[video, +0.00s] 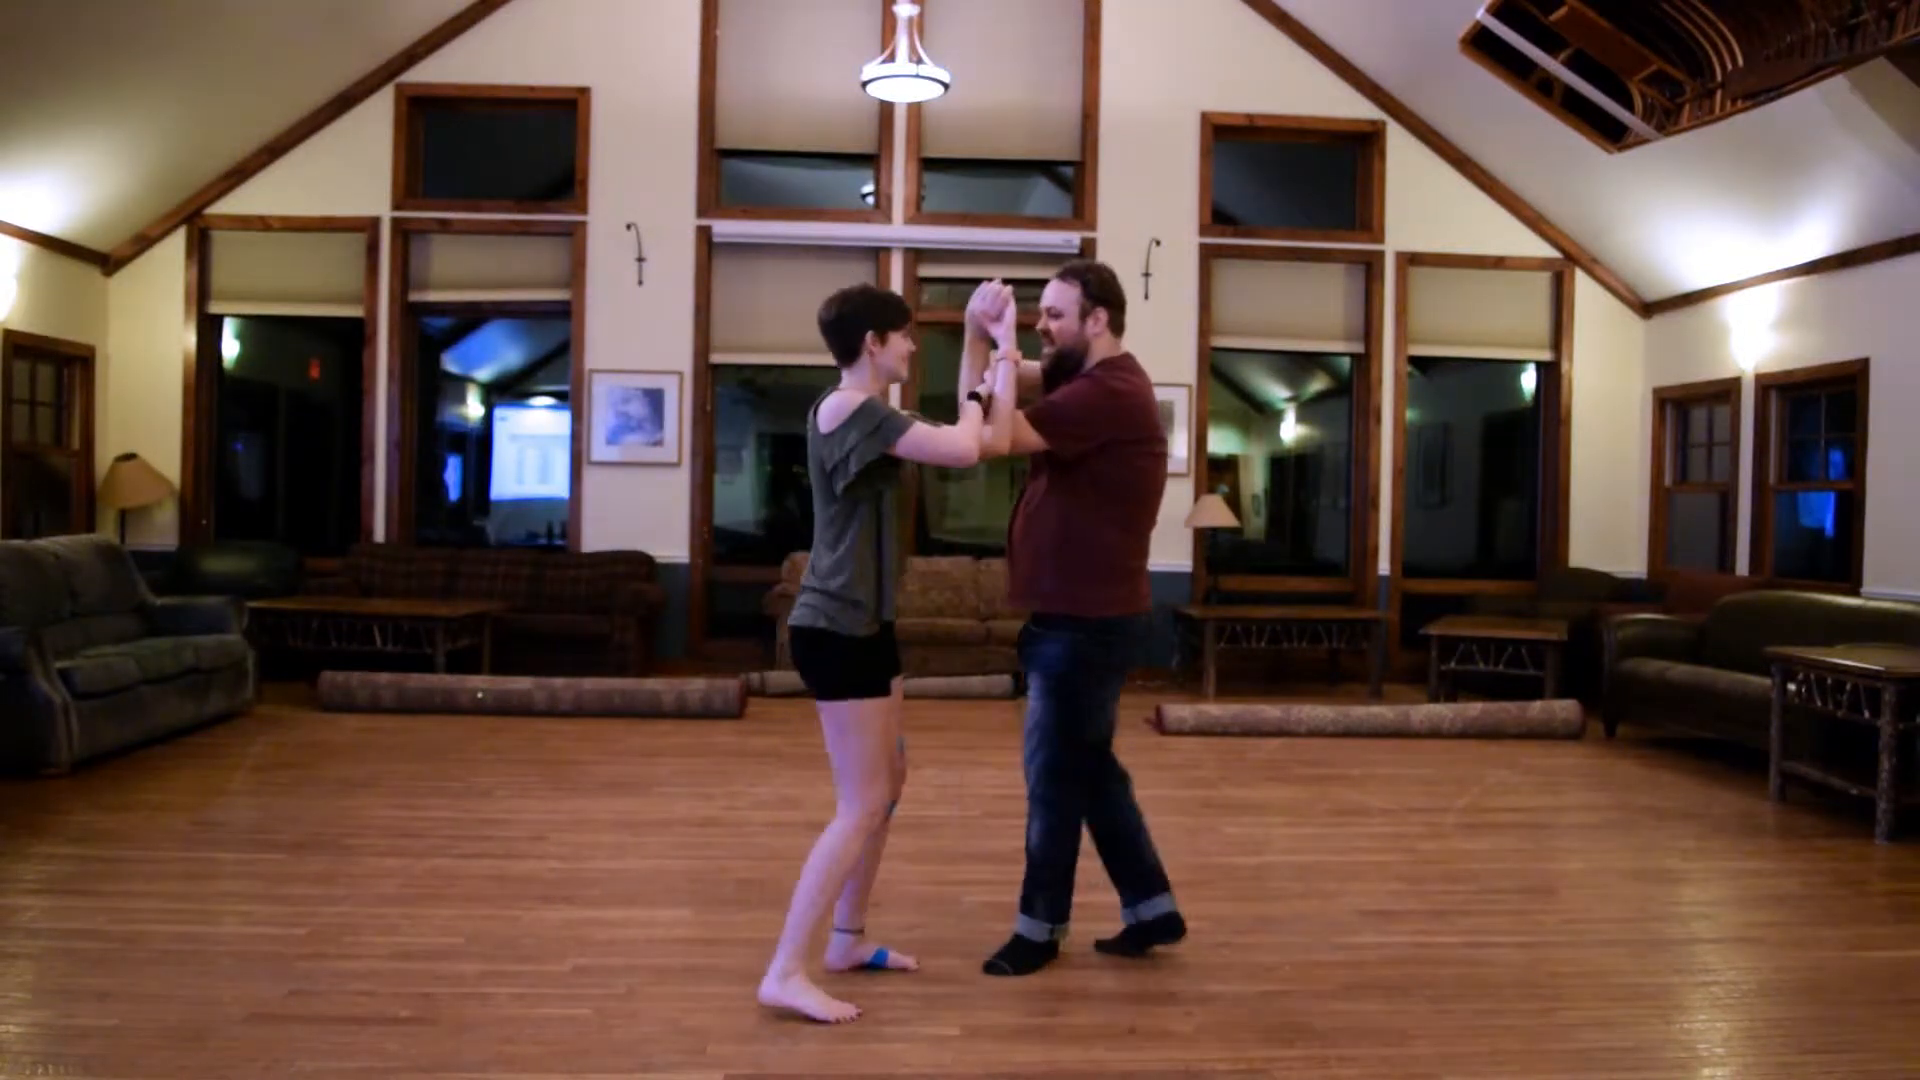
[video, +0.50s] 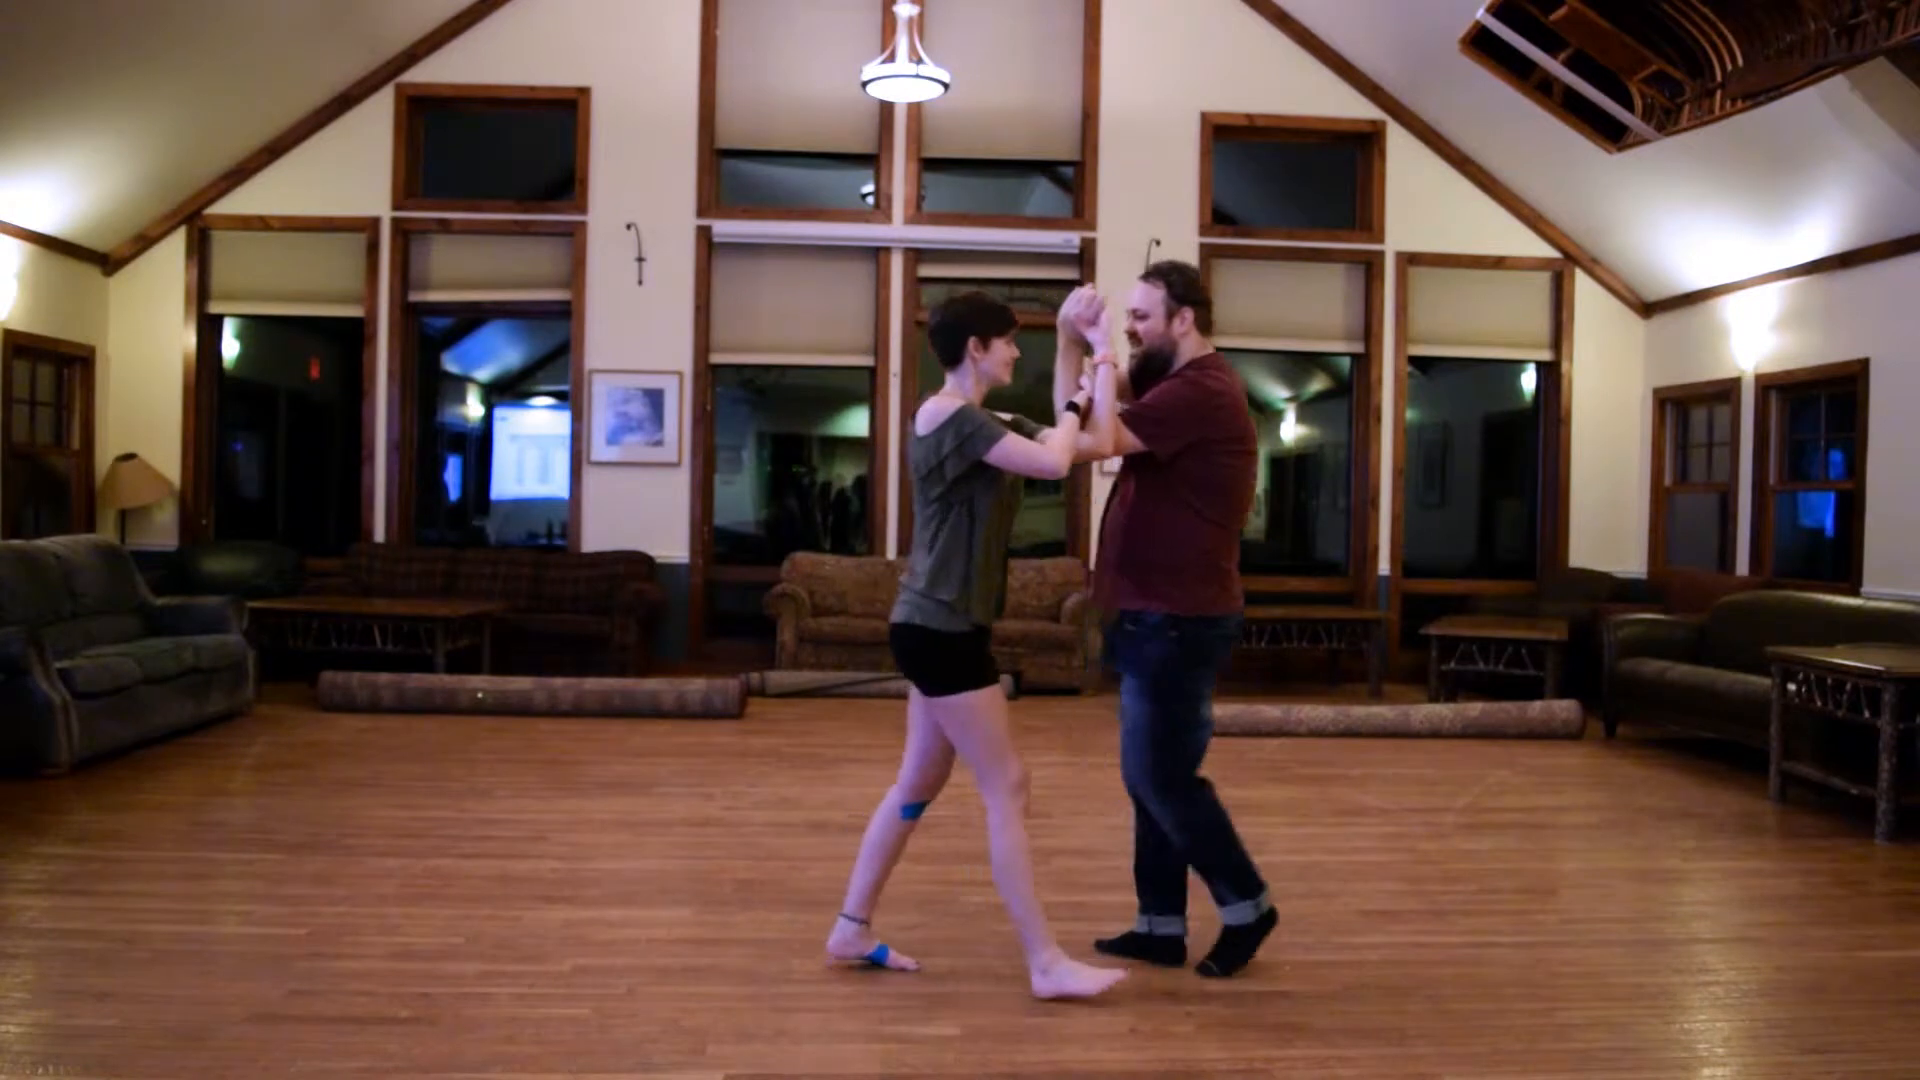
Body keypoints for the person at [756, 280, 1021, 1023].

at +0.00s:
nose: (913, 349)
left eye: (911, 336)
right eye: (907, 336)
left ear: (860, 347)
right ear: (876, 344)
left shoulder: (843, 409)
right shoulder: (858, 416)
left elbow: (955, 443)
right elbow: (969, 447)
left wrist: (972, 371)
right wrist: (998, 352)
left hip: (858, 623)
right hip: (840, 628)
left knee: (887, 778)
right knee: (862, 804)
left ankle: (846, 940)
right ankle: (784, 974)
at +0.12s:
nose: (932, 351)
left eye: (932, 339)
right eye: (926, 338)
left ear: (883, 346)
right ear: (892, 344)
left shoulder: (863, 408)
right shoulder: (872, 414)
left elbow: (969, 445)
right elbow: (973, 453)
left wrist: (997, 366)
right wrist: (1010, 367)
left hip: (849, 619)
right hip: (858, 625)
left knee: (878, 786)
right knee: (921, 786)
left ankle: (849, 935)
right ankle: (824, 936)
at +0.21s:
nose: (951, 349)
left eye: (950, 337)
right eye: (944, 337)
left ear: (902, 344)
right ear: (909, 342)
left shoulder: (877, 406)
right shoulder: (889, 411)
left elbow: (998, 439)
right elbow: (983, 453)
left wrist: (1016, 363)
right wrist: (1012, 384)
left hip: (861, 615)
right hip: (872, 620)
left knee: (881, 785)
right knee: (945, 775)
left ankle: (846, 933)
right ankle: (877, 935)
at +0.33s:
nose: (979, 349)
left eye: (977, 337)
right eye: (971, 337)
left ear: (926, 345)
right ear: (938, 344)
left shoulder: (903, 407)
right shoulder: (915, 414)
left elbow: (1017, 439)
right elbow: (1012, 453)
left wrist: (1040, 353)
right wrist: (1036, 386)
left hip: (890, 615)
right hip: (897, 622)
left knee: (891, 782)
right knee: (967, 775)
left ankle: (847, 935)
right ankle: (979, 953)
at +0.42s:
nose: (998, 351)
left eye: (996, 338)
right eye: (990, 338)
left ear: (947, 347)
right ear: (956, 345)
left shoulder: (926, 410)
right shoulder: (934, 418)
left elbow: (1033, 438)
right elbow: (1033, 456)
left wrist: (1051, 349)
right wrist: (1063, 383)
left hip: (909, 619)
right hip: (917, 626)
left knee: (902, 782)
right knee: (981, 782)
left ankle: (847, 932)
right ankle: (1030, 955)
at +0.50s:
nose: (1016, 353)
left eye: (1013, 341)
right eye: (1007, 342)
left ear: (965, 351)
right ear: (975, 349)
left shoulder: (941, 414)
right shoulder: (960, 423)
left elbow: (1055, 438)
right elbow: (1057, 460)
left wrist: (1073, 349)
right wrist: (1080, 392)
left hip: (930, 625)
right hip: (947, 633)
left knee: (915, 784)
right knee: (1005, 784)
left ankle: (850, 931)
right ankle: (1045, 963)